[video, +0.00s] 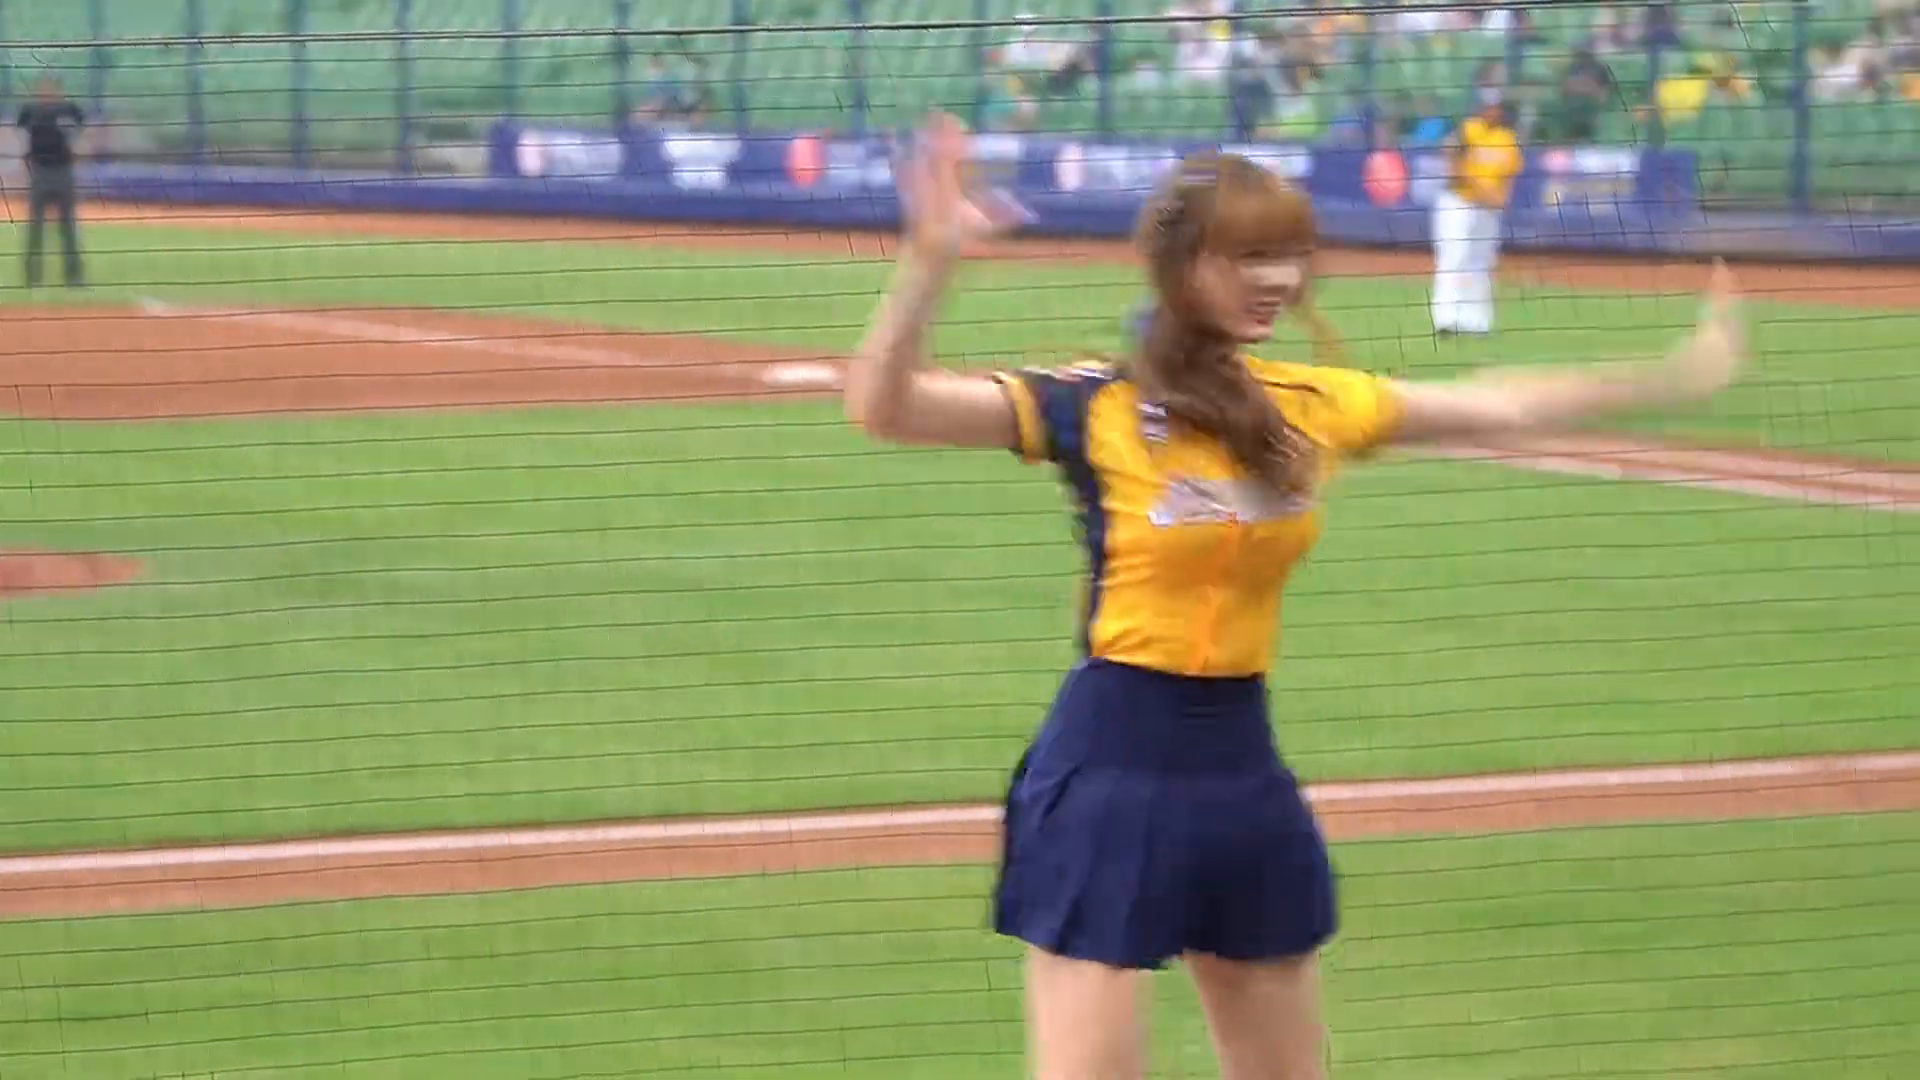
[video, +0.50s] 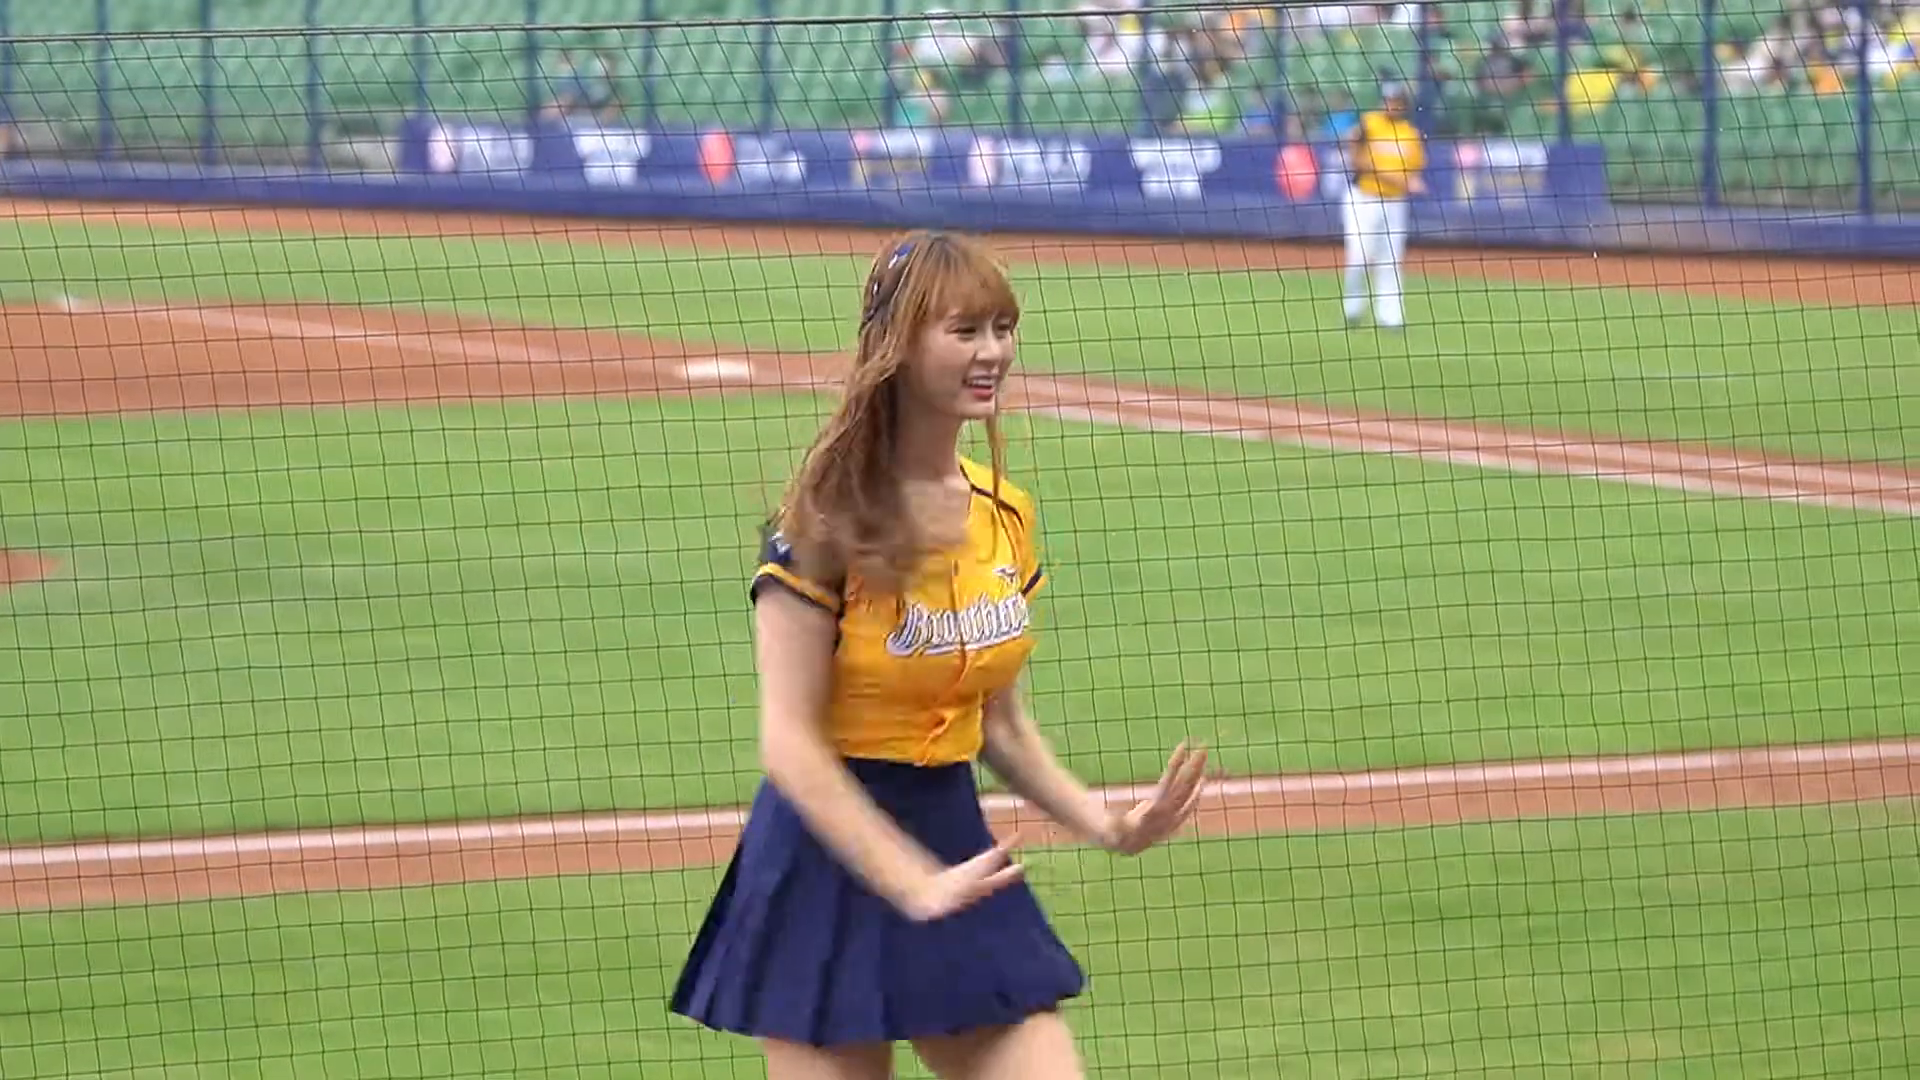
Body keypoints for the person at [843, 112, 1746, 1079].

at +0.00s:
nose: (1279, 279)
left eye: (1291, 258)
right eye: (1254, 256)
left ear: (1300, 269)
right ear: (1180, 261)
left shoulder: (1321, 405)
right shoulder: (1095, 405)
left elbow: (1510, 408)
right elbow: (883, 408)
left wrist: (1675, 377)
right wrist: (925, 259)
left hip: (1239, 756)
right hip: (1108, 758)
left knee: (1287, 1061)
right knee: (1087, 1063)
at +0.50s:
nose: (994, 353)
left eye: (1003, 329)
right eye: (965, 330)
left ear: (1014, 339)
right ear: (895, 344)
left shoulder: (1004, 511)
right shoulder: (825, 519)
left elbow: (998, 715)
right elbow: (787, 741)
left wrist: (1097, 818)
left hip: (950, 830)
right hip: (827, 830)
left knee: (1047, 1061)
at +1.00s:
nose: (952, 329)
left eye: (963, 305)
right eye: (927, 304)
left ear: (977, 313)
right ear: (856, 313)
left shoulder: (956, 468)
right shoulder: (792, 473)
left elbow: (1027, 652)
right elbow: (803, 684)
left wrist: (1122, 792)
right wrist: (966, 793)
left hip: (885, 813)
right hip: (771, 807)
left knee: (909, 1058)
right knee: (801, 1061)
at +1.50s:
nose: (939, 356)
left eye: (949, 336)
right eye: (913, 333)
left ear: (962, 355)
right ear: (843, 353)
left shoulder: (986, 479)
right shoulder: (776, 519)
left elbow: (1014, 587)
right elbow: (655, 657)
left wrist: (993, 641)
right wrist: (587, 690)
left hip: (942, 831)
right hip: (804, 831)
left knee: (939, 1059)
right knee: (786, 1060)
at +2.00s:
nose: (1024, 299)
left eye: (1033, 275)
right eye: (992, 280)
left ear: (1044, 281)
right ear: (925, 298)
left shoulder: (996, 436)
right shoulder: (904, 438)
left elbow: (1148, 589)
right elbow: (1011, 624)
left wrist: (1335, 674)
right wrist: (1216, 677)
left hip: (874, 802)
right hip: (768, 800)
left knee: (876, 1064)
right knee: (784, 1069)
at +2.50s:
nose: (935, 347)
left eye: (948, 323)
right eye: (908, 322)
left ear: (962, 327)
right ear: (839, 328)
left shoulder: (976, 461)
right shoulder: (758, 483)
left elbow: (1021, 638)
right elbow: (720, 692)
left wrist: (1030, 738)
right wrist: (817, 769)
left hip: (962, 810)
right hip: (825, 822)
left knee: (997, 1057)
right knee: (846, 1057)